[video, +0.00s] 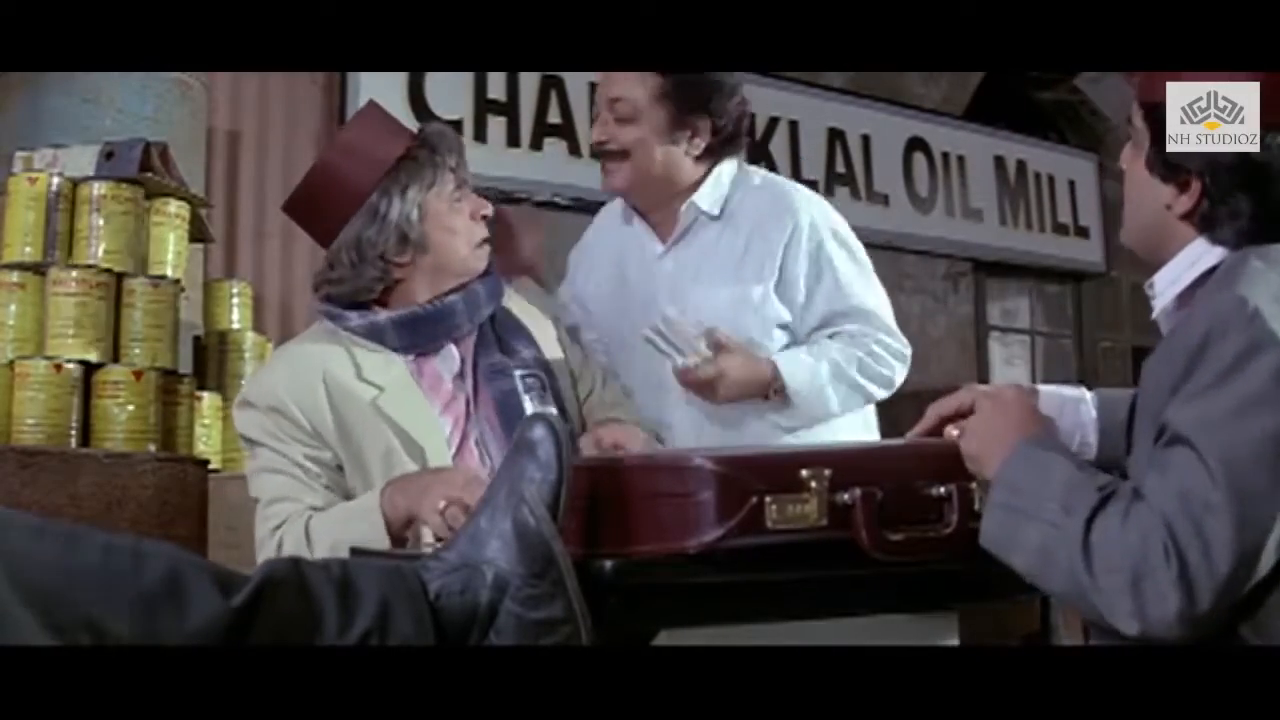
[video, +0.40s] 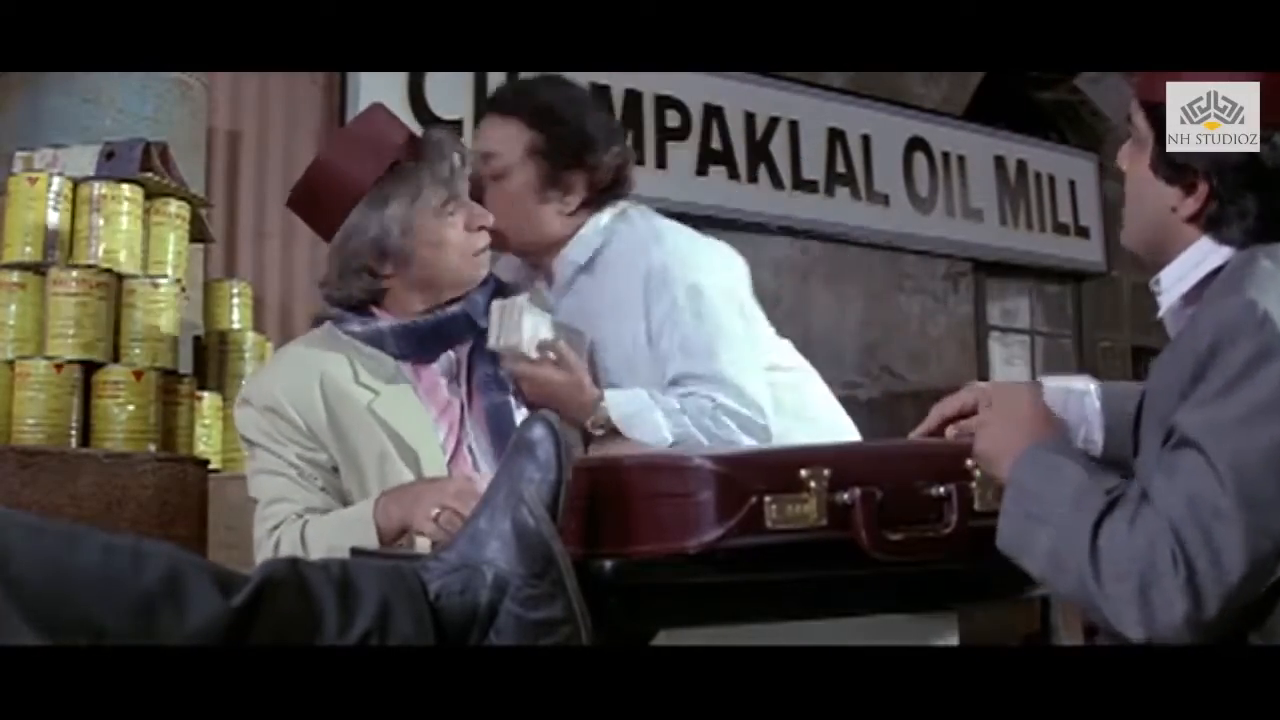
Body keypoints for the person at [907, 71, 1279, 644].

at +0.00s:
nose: (1121, 160)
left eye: (1136, 141)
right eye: (1131, 138)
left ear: (1183, 190)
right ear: (1183, 187)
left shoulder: (1249, 317)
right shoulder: (1232, 298)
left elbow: (1168, 579)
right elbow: (1196, 427)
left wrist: (1020, 461)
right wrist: (1046, 415)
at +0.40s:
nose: (1120, 159)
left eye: (1136, 140)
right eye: (1130, 137)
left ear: (1190, 191)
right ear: (1191, 190)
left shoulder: (1255, 321)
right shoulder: (1236, 302)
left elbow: (1173, 582)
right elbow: (1205, 420)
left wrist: (1032, 461)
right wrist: (1059, 412)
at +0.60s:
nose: (1070, 177)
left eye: (1083, 157)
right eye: (1078, 154)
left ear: (1135, 206)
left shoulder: (1220, 344)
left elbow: (1122, 585)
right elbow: (1077, 314)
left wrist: (1015, 423)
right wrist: (919, 258)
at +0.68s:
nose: (1045, 179)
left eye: (1055, 162)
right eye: (1052, 158)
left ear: (1102, 212)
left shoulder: (1199, 353)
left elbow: (1123, 593)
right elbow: (1059, 326)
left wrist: (995, 445)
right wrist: (897, 280)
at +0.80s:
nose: (1023, 195)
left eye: (1031, 178)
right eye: (1030, 175)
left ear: (1074, 219)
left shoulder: (1181, 351)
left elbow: (1116, 599)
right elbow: (1083, 363)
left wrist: (989, 458)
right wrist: (920, 330)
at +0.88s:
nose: (1032, 180)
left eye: (1040, 166)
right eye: (1038, 163)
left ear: (1081, 219)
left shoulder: (1185, 347)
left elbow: (1117, 599)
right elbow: (1101, 373)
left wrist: (992, 463)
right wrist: (952, 361)